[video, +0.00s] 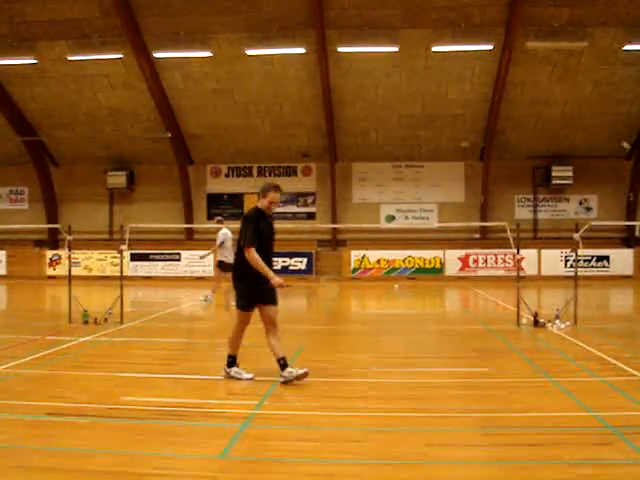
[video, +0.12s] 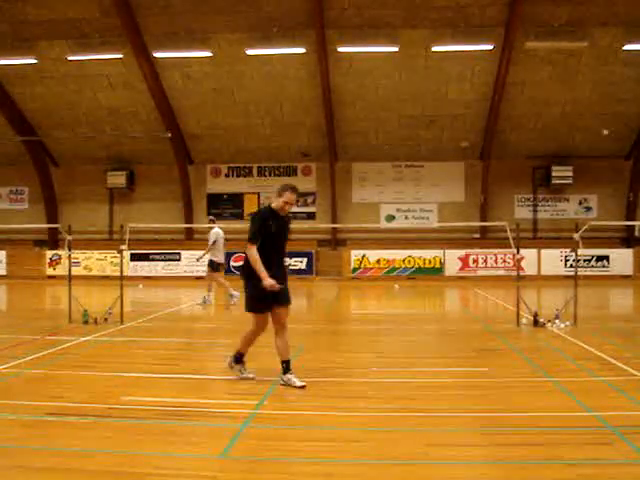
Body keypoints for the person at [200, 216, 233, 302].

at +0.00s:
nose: (216, 225)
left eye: (217, 223)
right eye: (216, 223)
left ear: (218, 223)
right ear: (223, 222)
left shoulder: (222, 232)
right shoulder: (228, 232)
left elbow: (217, 246)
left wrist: (206, 255)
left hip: (223, 259)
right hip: (229, 259)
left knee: (217, 279)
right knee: (230, 281)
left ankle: (211, 296)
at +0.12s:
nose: (208, 225)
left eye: (209, 223)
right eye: (209, 223)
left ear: (211, 223)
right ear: (215, 222)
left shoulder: (214, 232)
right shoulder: (220, 231)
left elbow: (210, 246)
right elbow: (221, 246)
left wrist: (201, 256)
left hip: (214, 259)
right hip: (219, 259)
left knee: (216, 278)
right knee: (210, 278)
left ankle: (232, 293)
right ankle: (208, 297)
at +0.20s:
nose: (205, 224)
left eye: (205, 222)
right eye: (205, 222)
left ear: (207, 222)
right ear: (211, 222)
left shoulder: (209, 231)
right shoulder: (216, 231)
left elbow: (207, 248)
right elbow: (216, 246)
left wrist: (200, 258)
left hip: (210, 258)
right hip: (216, 258)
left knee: (208, 277)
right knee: (208, 278)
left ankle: (225, 290)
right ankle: (207, 296)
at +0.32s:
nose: (196, 225)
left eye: (197, 223)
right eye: (196, 223)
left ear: (199, 223)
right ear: (204, 222)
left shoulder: (204, 232)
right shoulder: (208, 231)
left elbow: (204, 248)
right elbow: (206, 247)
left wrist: (202, 259)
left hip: (202, 258)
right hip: (207, 258)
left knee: (194, 275)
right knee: (205, 276)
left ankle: (206, 292)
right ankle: (206, 295)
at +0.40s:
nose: (193, 225)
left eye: (194, 222)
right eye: (193, 222)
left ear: (198, 223)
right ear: (201, 222)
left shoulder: (203, 232)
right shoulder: (205, 231)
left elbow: (204, 248)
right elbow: (204, 247)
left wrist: (203, 260)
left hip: (200, 258)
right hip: (205, 258)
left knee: (192, 275)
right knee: (204, 277)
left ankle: (202, 294)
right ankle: (208, 295)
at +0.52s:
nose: (186, 226)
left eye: (187, 224)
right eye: (186, 224)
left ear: (190, 223)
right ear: (193, 223)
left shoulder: (195, 232)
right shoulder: (197, 231)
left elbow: (199, 248)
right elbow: (198, 248)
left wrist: (201, 260)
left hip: (193, 259)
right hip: (198, 260)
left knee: (187, 278)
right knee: (200, 278)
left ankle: (183, 297)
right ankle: (206, 295)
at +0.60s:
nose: (182, 226)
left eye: (183, 223)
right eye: (182, 223)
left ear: (186, 223)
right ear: (188, 222)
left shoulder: (190, 232)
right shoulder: (191, 231)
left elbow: (194, 249)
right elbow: (187, 248)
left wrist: (197, 261)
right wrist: (182, 257)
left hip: (188, 259)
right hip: (190, 259)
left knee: (184, 279)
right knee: (191, 277)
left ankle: (182, 297)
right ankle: (202, 292)